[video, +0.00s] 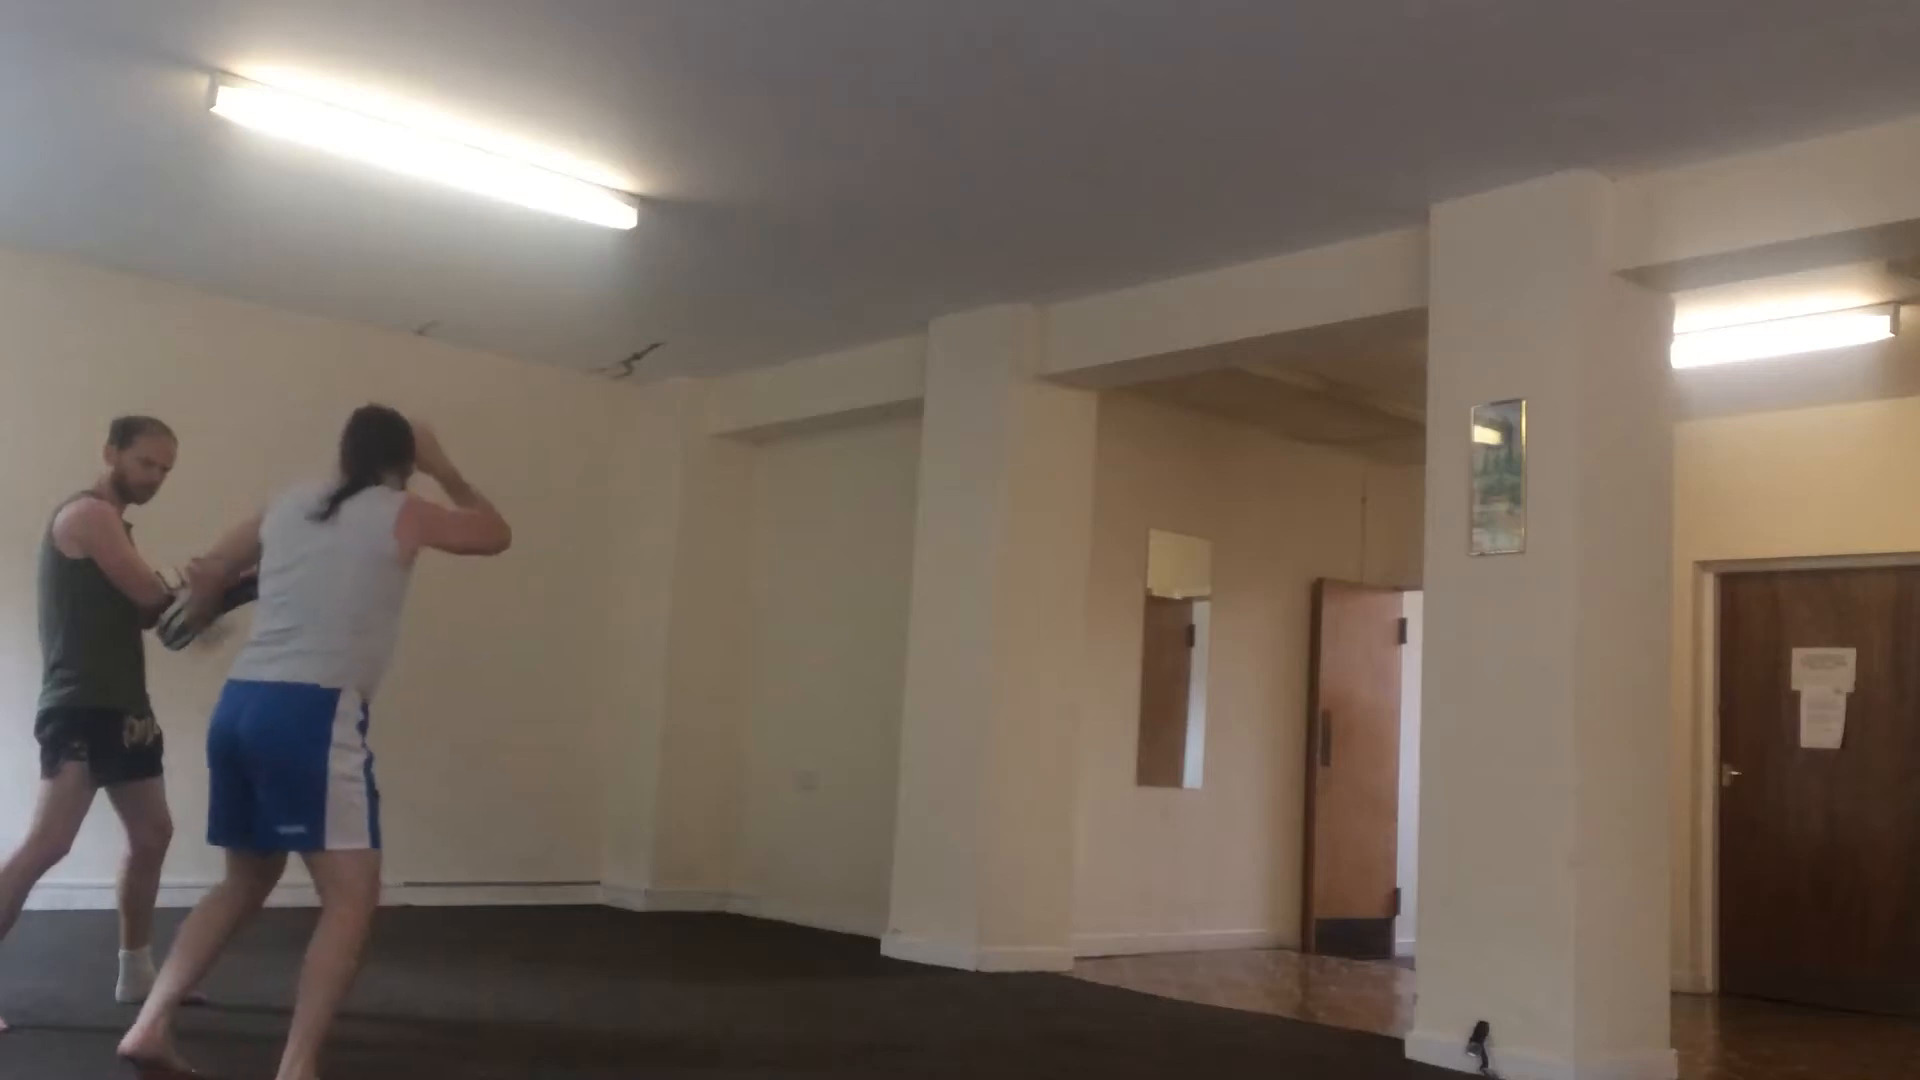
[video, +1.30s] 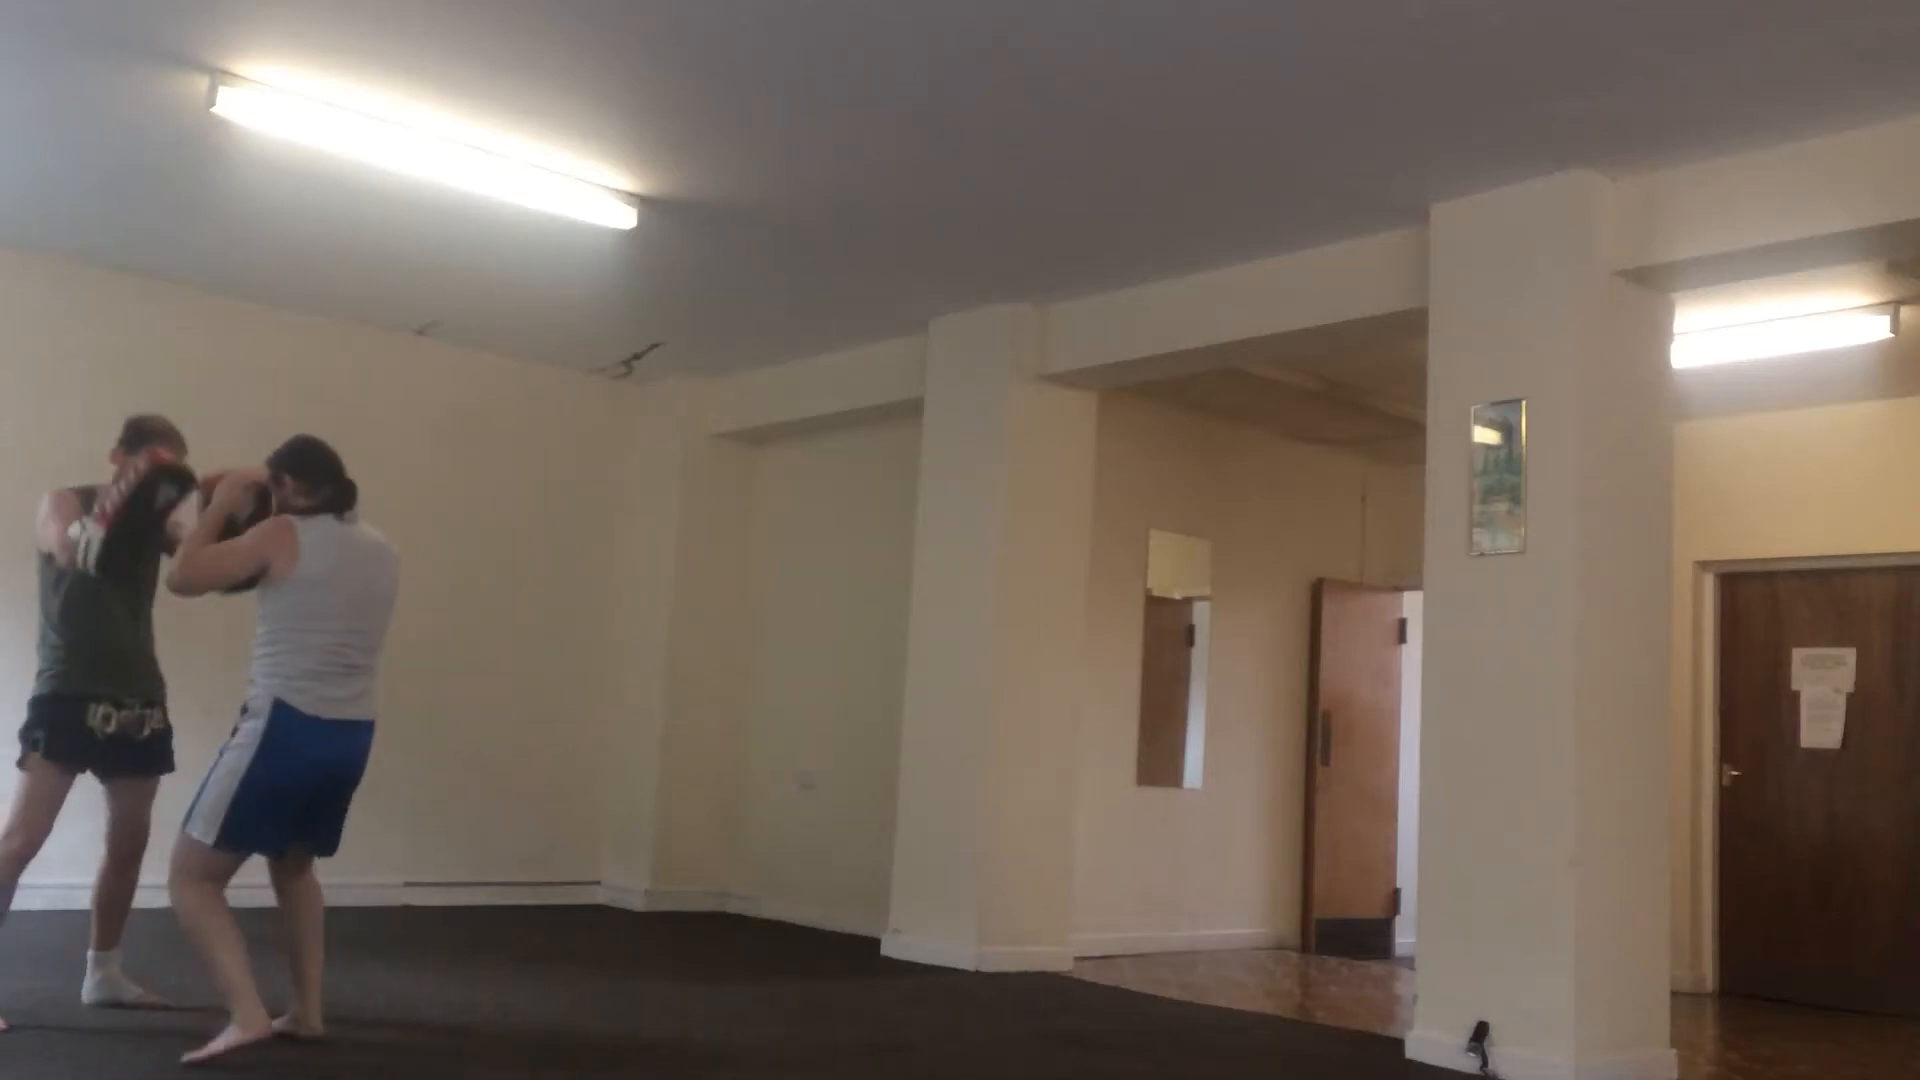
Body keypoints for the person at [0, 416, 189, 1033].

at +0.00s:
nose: (156, 478)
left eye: (164, 470)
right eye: (149, 465)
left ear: (160, 471)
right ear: (113, 454)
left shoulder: (110, 522)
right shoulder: (87, 515)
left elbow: (148, 610)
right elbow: (154, 599)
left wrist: (194, 594)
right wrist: (182, 584)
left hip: (124, 711)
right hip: (81, 710)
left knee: (153, 834)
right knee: (46, 843)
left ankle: (135, 973)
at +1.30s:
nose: (157, 483)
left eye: (168, 476)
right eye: (151, 470)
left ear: (169, 477)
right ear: (118, 459)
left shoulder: (156, 518)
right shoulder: (65, 501)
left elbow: (194, 539)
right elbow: (69, 550)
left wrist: (205, 493)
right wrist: (112, 506)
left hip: (137, 699)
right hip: (67, 695)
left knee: (128, 843)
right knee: (20, 841)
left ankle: (103, 971)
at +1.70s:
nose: (185, 478)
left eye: (196, 469)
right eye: (176, 466)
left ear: (206, 469)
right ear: (152, 457)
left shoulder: (207, 524)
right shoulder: (120, 510)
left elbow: (276, 577)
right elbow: (56, 547)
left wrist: (257, 509)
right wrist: (91, 467)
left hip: (165, 698)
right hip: (95, 687)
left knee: (138, 843)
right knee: (79, 826)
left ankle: (103, 974)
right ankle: (37, 978)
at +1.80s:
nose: (191, 477)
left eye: (203, 469)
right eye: (183, 464)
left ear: (213, 472)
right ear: (156, 457)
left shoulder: (215, 539)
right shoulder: (119, 517)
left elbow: (272, 625)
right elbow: (47, 574)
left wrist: (263, 568)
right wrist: (74, 512)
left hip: (169, 703)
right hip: (100, 691)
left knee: (139, 845)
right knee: (91, 826)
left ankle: (102, 973)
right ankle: (62, 981)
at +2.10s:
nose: (256, 488)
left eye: (266, 479)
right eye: (247, 473)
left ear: (270, 486)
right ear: (214, 468)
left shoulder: (236, 547)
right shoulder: (160, 516)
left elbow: (201, 624)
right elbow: (69, 527)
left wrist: (234, 658)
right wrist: (30, 519)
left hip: (180, 718)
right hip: (119, 709)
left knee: (142, 856)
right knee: (109, 849)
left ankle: (103, 967)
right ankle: (72, 1004)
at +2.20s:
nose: (266, 479)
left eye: (272, 469)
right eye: (257, 465)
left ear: (266, 474)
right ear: (225, 461)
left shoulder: (227, 540)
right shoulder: (186, 509)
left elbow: (193, 615)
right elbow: (150, 498)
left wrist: (226, 650)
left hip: (171, 712)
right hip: (115, 705)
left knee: (155, 849)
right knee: (121, 850)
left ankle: (111, 954)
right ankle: (77, 1013)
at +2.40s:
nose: (250, 467)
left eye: (254, 453)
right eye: (241, 450)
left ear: (239, 451)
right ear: (202, 441)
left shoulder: (219, 512)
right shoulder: (158, 499)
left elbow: (199, 587)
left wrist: (236, 615)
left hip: (180, 699)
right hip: (121, 698)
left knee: (160, 836)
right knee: (116, 850)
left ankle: (101, 939)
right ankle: (75, 1017)